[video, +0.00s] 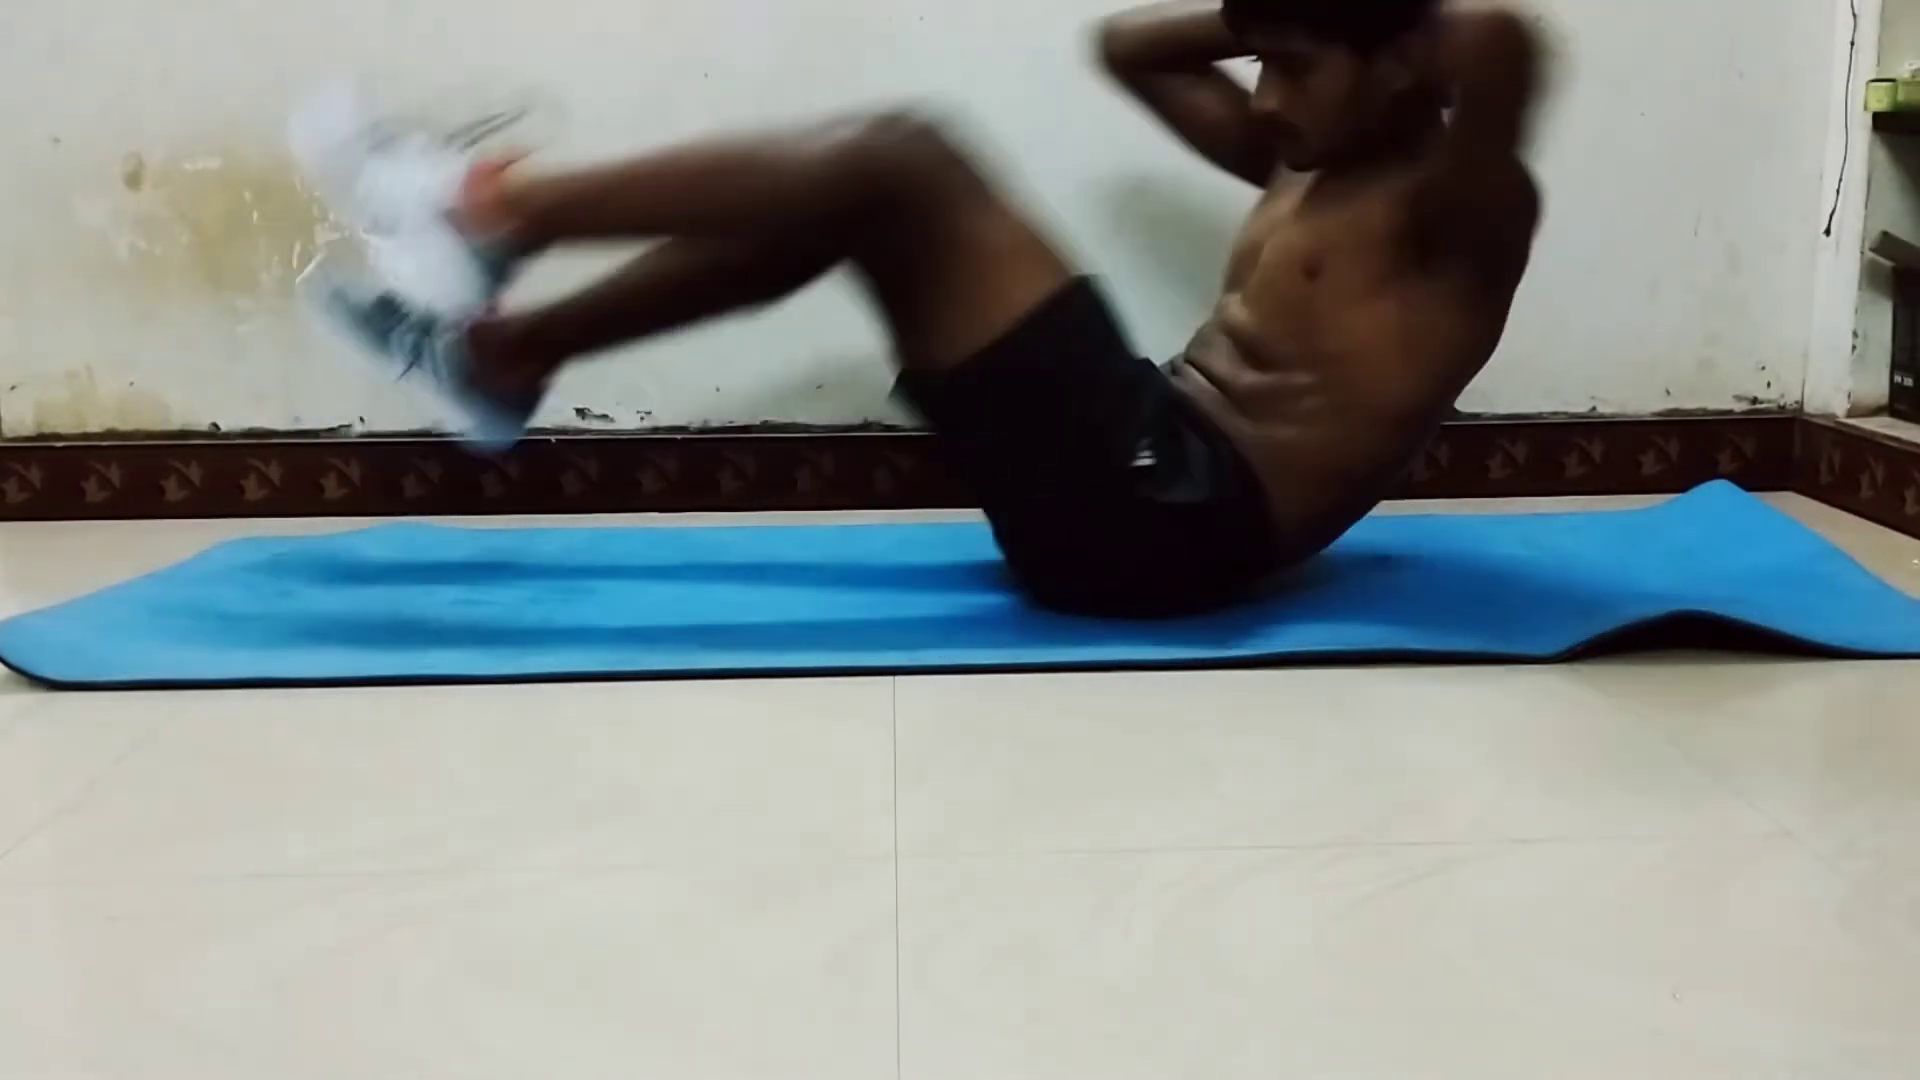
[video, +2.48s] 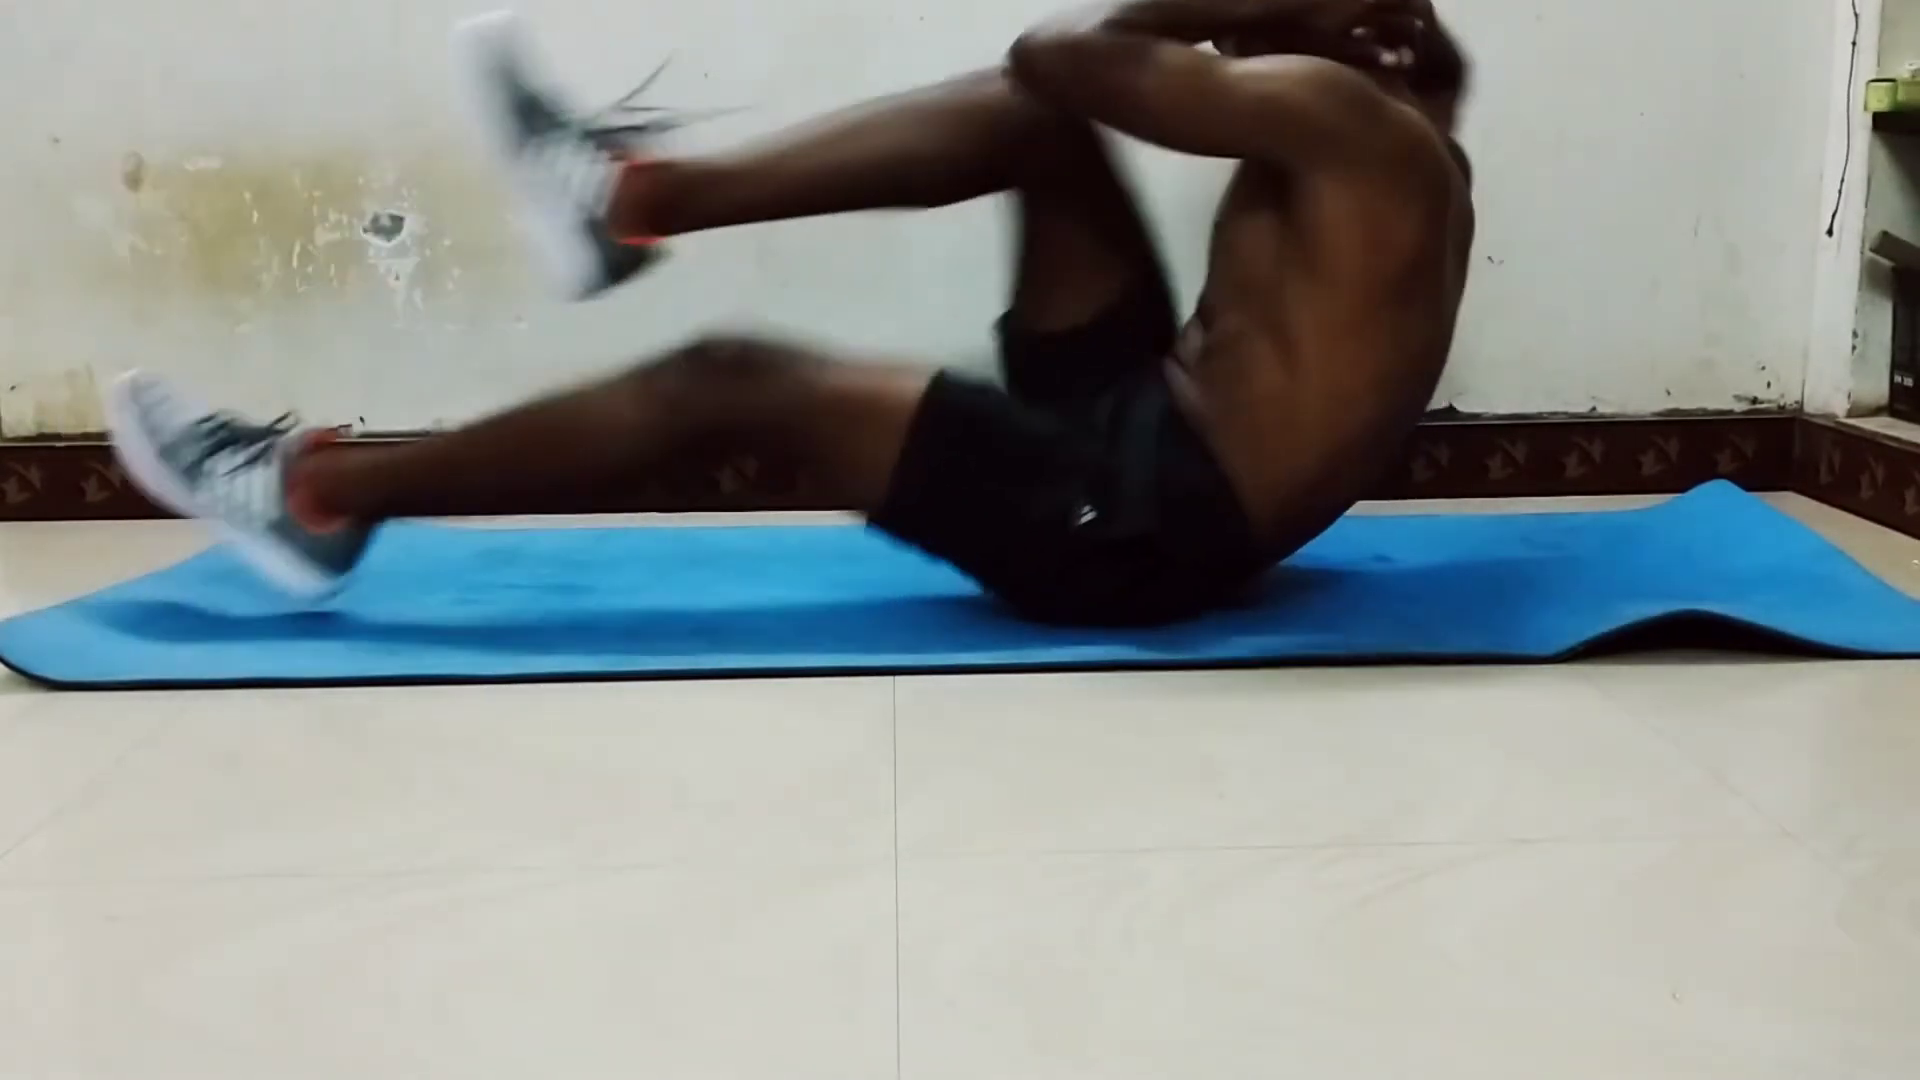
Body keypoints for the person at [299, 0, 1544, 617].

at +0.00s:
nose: (1273, 96)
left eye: (1297, 68)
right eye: (1266, 66)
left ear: (1394, 67)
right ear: (1289, 71)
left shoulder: (1465, 215)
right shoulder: (1308, 166)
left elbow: (1507, 46)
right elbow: (1125, 52)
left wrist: (1440, 64)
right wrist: (1269, 39)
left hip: (1179, 524)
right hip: (1127, 475)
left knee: (909, 162)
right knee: (897, 169)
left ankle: (492, 205)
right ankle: (507, 356)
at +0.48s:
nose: (1251, 74)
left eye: (1292, 49)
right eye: (1281, 45)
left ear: (1367, 69)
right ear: (1373, 70)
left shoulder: (1372, 191)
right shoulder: (1348, 177)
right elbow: (1105, 91)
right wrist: (1331, 44)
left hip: (1128, 514)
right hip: (1119, 424)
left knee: (737, 430)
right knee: (1130, 132)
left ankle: (269, 436)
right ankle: (742, 172)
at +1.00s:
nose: (1468, 52)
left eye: (1448, 32)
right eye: (1450, 31)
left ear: (1405, 64)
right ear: (1407, 62)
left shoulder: (1438, 204)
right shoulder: (1396, 204)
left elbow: (1242, 44)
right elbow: (1248, 47)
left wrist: (1389, 26)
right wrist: (1376, 31)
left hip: (1159, 515)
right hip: (1140, 482)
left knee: (864, 193)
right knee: (862, 187)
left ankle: (487, 332)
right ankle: (495, 281)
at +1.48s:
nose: (1291, 80)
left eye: (1324, 55)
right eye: (1288, 55)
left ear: (1413, 66)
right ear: (1292, 58)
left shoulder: (1466, 203)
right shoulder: (1249, 147)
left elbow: (1642, 42)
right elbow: (1038, 47)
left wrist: (1474, 28)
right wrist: (1227, 26)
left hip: (1180, 516)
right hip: (1079, 458)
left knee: (1155, 104)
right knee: (751, 389)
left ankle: (761, 90)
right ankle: (385, 443)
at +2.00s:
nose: (1374, 60)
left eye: (1365, 46)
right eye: (1372, 37)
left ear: (1385, 73)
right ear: (1377, 68)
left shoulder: (1415, 206)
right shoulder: (1368, 198)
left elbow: (1212, 63)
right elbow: (1231, 64)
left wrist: (1377, 55)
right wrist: (1368, 59)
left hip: (1133, 506)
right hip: (1109, 422)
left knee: (730, 341)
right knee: (963, 124)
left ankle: (297, 305)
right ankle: (636, 294)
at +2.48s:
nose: (1248, 49)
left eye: (1268, 33)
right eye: (1270, 35)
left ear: (1363, 42)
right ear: (1396, 50)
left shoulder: (1353, 113)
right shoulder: (1395, 138)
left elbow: (1052, 67)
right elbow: (1100, 73)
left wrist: (1123, 70)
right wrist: (1113, 70)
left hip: (1132, 514)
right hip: (1144, 434)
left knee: (734, 381)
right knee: (1047, 119)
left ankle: (316, 489)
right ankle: (646, 194)